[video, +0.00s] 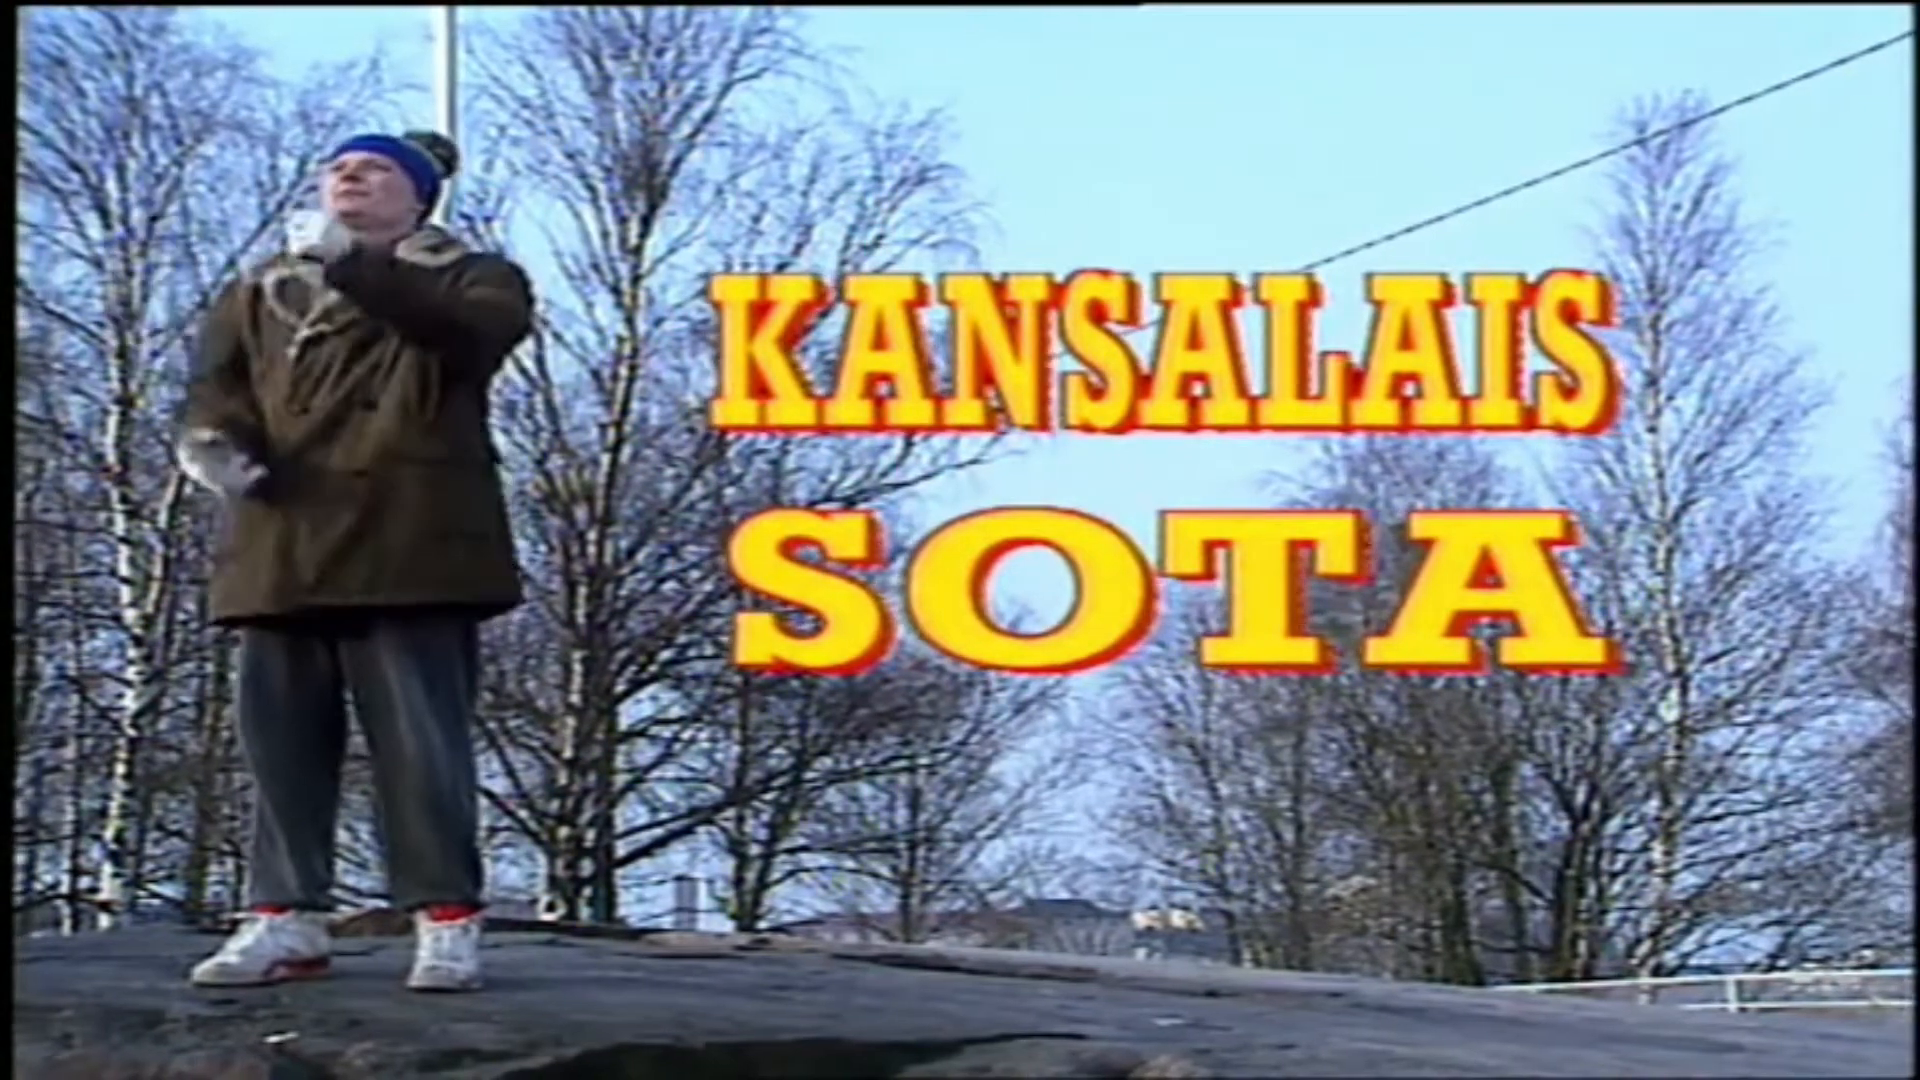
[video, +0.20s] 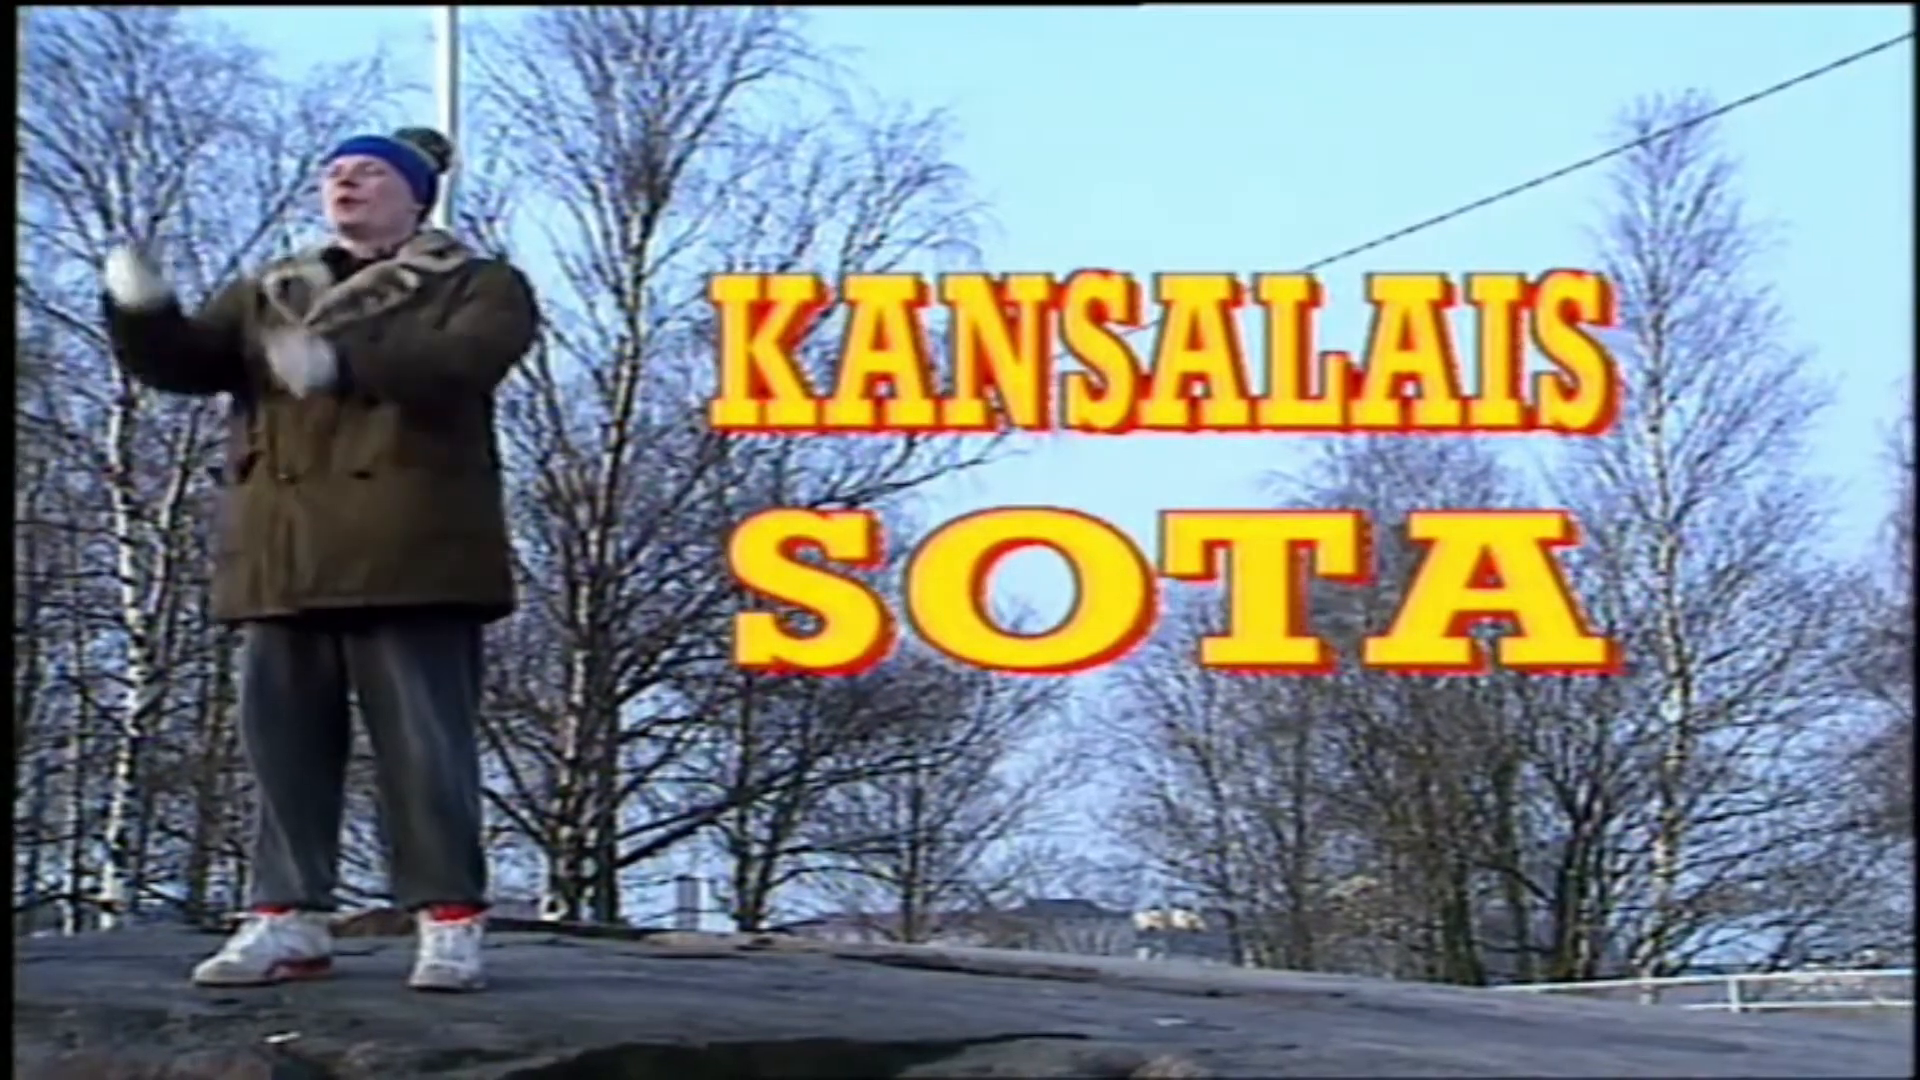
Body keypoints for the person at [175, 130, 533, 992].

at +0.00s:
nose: (349, 178)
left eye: (373, 170)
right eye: (337, 169)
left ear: (420, 198)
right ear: (319, 196)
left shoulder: (459, 269)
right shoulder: (263, 291)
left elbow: (495, 317)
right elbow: (210, 394)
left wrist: (360, 263)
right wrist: (219, 452)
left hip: (413, 545)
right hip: (284, 549)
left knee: (421, 741)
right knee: (280, 741)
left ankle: (446, 919)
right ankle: (290, 918)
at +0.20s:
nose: (342, 185)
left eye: (364, 172)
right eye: (333, 177)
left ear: (417, 194)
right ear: (320, 202)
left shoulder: (481, 283)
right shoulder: (276, 292)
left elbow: (464, 358)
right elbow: (188, 360)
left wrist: (344, 358)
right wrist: (143, 312)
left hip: (415, 559)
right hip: (283, 561)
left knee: (424, 746)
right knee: (284, 746)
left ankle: (449, 921)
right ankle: (290, 918)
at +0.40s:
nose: (342, 177)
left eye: (365, 167)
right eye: (332, 172)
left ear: (417, 196)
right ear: (318, 203)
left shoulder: (481, 284)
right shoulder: (277, 288)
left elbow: (479, 391)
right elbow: (163, 333)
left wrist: (364, 418)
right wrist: (150, 239)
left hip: (417, 564)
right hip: (286, 563)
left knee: (427, 750)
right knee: (287, 746)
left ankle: (451, 921)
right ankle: (294, 918)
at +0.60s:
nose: (349, 178)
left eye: (374, 168)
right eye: (339, 170)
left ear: (425, 199)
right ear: (324, 199)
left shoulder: (483, 282)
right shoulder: (278, 282)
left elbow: (472, 354)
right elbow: (209, 355)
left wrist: (342, 306)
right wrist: (207, 387)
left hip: (419, 558)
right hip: (286, 557)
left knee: (429, 747)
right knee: (285, 746)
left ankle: (451, 920)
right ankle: (295, 918)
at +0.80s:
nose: (359, 167)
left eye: (386, 162)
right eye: (348, 162)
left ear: (433, 204)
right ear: (326, 195)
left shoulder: (471, 271)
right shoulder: (269, 285)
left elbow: (495, 316)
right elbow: (208, 376)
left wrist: (353, 252)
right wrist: (223, 399)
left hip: (421, 548)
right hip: (290, 553)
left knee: (429, 738)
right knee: (286, 737)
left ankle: (454, 918)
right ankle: (298, 917)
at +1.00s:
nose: (365, 176)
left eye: (391, 167)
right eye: (358, 171)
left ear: (441, 208)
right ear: (340, 207)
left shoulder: (490, 279)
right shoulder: (290, 281)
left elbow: (480, 358)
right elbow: (183, 374)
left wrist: (339, 349)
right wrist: (182, 326)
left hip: (423, 553)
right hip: (294, 554)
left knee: (432, 740)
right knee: (291, 738)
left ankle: (457, 920)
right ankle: (299, 918)